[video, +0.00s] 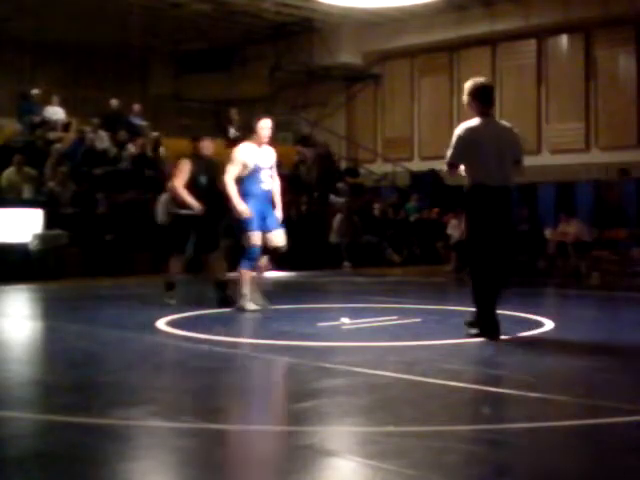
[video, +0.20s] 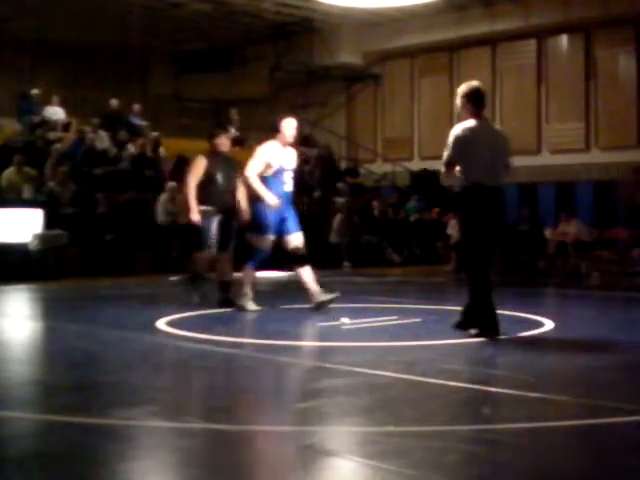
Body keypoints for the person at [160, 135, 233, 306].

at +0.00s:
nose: (209, 146)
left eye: (211, 142)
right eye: (205, 142)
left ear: (214, 145)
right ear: (197, 145)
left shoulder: (216, 165)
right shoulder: (188, 163)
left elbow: (222, 187)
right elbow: (177, 185)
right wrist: (195, 204)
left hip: (211, 215)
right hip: (187, 215)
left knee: (215, 253)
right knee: (179, 252)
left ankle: (222, 293)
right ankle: (170, 291)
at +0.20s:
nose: (227, 143)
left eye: (228, 139)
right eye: (223, 138)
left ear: (230, 142)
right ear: (214, 140)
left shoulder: (233, 164)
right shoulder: (203, 160)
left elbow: (239, 187)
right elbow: (191, 183)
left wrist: (243, 207)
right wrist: (193, 208)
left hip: (229, 212)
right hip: (209, 212)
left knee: (225, 253)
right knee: (208, 250)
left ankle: (225, 293)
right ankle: (196, 285)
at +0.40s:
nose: (235, 142)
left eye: (238, 138)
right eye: (231, 138)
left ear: (242, 141)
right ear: (223, 141)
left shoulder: (246, 164)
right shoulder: (214, 160)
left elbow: (257, 184)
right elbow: (197, 182)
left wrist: (269, 203)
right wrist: (198, 210)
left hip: (241, 211)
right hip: (221, 210)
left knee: (234, 250)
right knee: (228, 249)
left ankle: (229, 284)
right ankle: (229, 287)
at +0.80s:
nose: (253, 140)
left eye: (255, 135)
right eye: (248, 135)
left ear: (259, 138)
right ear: (238, 138)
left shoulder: (261, 159)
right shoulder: (227, 159)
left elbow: (268, 183)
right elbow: (221, 186)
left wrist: (270, 208)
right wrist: (224, 214)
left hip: (260, 211)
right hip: (239, 212)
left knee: (269, 250)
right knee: (242, 254)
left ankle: (253, 271)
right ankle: (242, 292)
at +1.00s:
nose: (265, 143)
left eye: (268, 139)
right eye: (261, 139)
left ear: (272, 140)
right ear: (252, 140)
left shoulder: (272, 159)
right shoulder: (237, 156)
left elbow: (277, 183)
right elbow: (226, 180)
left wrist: (276, 208)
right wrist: (243, 203)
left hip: (267, 212)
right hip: (246, 213)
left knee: (272, 253)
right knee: (244, 256)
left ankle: (279, 289)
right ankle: (241, 292)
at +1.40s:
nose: (295, 142)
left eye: (298, 138)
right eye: (292, 138)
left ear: (300, 138)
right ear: (281, 136)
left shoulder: (302, 156)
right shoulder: (261, 151)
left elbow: (308, 180)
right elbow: (244, 174)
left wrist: (312, 205)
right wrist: (241, 206)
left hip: (292, 209)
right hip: (266, 208)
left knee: (290, 255)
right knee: (266, 251)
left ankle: (286, 297)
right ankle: (263, 295)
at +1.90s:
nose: (306, 132)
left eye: (307, 127)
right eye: (302, 127)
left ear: (307, 129)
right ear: (289, 128)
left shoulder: (306, 150)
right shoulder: (271, 147)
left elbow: (309, 179)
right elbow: (264, 175)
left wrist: (310, 208)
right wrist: (275, 204)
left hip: (303, 210)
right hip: (282, 210)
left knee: (314, 251)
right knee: (281, 257)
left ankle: (293, 293)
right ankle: (278, 303)